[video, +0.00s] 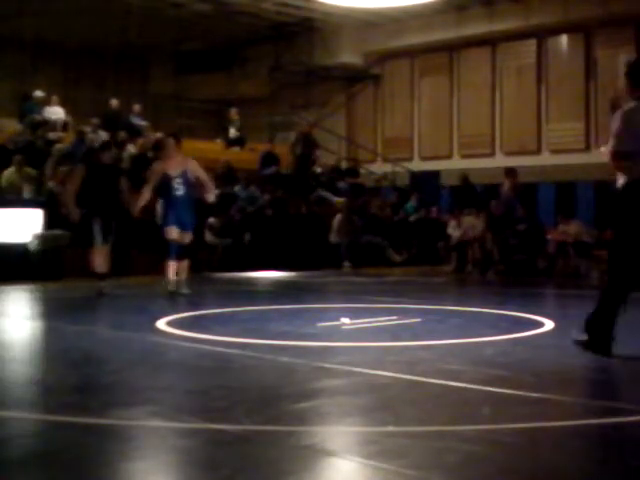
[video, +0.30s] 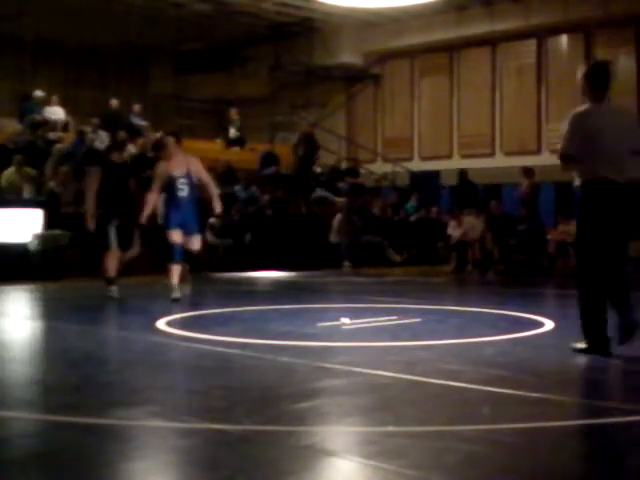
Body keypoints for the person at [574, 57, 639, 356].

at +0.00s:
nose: (624, 86)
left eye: (627, 80)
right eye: (627, 81)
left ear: (631, 83)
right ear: (637, 83)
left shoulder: (629, 114)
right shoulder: (629, 114)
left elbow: (616, 155)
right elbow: (614, 153)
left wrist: (604, 149)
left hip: (631, 200)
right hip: (632, 200)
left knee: (621, 269)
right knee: (620, 269)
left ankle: (600, 333)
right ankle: (600, 332)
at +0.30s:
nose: (582, 86)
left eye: (584, 81)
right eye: (586, 81)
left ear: (586, 84)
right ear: (609, 84)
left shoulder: (581, 118)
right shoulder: (626, 116)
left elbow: (567, 158)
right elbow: (635, 151)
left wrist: (591, 155)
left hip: (594, 195)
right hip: (626, 193)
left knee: (590, 265)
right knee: (617, 262)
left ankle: (596, 339)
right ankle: (627, 321)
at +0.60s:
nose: (550, 92)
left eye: (553, 88)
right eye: (552, 87)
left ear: (559, 94)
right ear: (580, 95)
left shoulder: (546, 126)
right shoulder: (591, 126)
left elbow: (531, 165)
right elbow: (601, 162)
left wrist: (557, 167)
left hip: (557, 204)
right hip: (588, 202)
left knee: (570, 270)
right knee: (567, 269)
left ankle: (594, 338)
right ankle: (547, 328)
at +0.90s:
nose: (527, 91)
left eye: (530, 87)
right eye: (530, 86)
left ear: (534, 91)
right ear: (554, 93)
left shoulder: (525, 122)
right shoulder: (563, 126)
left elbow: (512, 156)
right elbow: (564, 159)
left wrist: (523, 165)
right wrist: (534, 161)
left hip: (531, 194)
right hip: (558, 194)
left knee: (517, 256)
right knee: (552, 261)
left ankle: (523, 318)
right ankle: (546, 328)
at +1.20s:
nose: (494, 98)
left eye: (496, 94)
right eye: (496, 93)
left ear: (501, 97)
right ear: (521, 99)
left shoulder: (494, 129)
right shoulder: (535, 131)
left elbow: (482, 163)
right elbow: (540, 164)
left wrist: (499, 170)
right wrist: (512, 167)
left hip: (502, 199)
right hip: (530, 200)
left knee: (494, 261)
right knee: (534, 264)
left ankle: (489, 325)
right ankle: (543, 328)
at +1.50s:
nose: (471, 101)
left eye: (472, 97)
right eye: (472, 96)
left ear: (476, 100)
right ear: (497, 100)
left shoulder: (469, 131)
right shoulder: (513, 131)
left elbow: (454, 165)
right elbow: (525, 162)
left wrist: (470, 166)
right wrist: (503, 163)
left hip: (481, 199)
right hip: (509, 200)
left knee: (483, 260)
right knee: (504, 259)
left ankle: (487, 325)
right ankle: (500, 322)